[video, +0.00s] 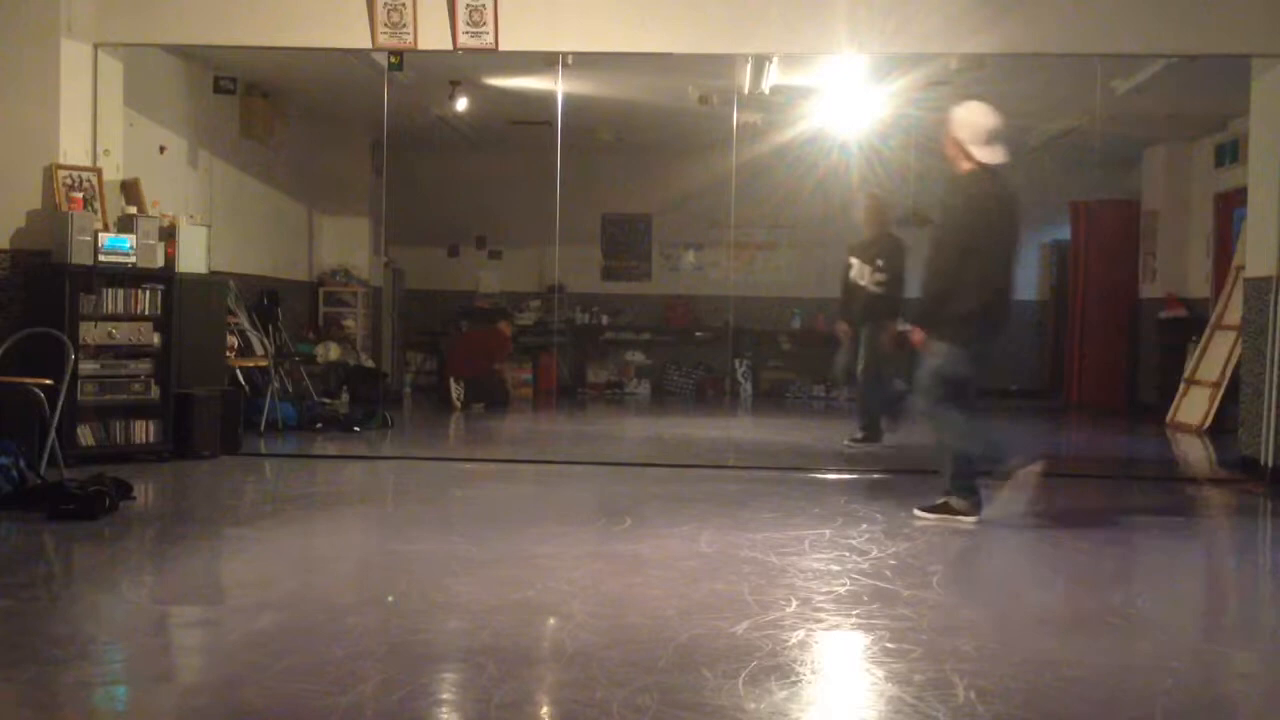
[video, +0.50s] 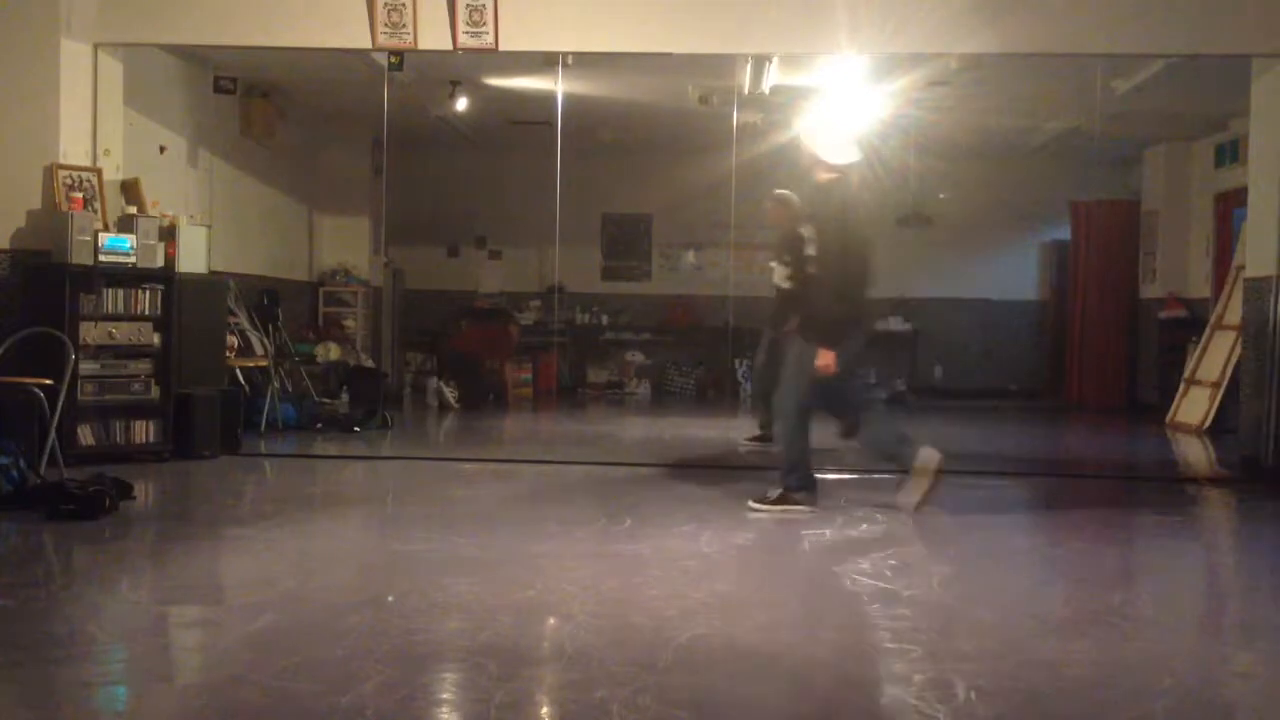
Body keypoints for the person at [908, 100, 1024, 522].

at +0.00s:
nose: (945, 147)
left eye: (948, 140)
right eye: (948, 140)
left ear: (958, 145)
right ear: (986, 144)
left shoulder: (968, 192)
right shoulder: (999, 190)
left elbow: (946, 263)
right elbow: (986, 265)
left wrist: (923, 318)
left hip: (960, 316)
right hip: (984, 314)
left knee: (929, 398)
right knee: (958, 400)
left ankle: (1002, 458)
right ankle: (961, 492)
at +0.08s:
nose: (920, 139)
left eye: (926, 132)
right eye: (924, 131)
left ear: (939, 138)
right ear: (959, 137)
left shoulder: (951, 184)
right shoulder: (972, 179)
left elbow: (933, 255)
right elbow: (955, 255)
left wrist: (902, 309)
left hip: (943, 311)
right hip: (965, 309)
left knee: (898, 389)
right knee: (952, 397)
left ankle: (947, 477)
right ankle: (961, 489)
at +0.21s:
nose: (889, 153)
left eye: (892, 145)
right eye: (892, 145)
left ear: (904, 145)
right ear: (926, 143)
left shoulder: (923, 189)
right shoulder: (934, 186)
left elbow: (910, 261)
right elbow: (924, 262)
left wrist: (882, 316)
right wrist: (885, 316)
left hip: (923, 316)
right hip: (936, 314)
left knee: (879, 392)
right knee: (950, 403)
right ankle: (961, 493)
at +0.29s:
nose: (871, 165)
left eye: (874, 158)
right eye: (873, 157)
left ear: (883, 160)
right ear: (906, 157)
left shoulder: (900, 199)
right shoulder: (916, 194)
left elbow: (885, 272)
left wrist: (856, 329)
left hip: (899, 321)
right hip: (920, 318)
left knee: (857, 399)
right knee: (936, 404)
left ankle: (813, 482)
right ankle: (958, 490)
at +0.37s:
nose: (852, 173)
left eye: (858, 167)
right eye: (854, 166)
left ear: (872, 171)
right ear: (884, 170)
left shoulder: (873, 208)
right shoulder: (890, 205)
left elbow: (866, 278)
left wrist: (845, 339)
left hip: (870, 329)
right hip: (892, 326)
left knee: (824, 402)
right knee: (911, 407)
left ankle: (802, 486)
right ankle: (951, 484)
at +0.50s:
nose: (805, 165)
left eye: (809, 157)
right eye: (808, 156)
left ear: (819, 160)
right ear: (841, 161)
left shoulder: (833, 204)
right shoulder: (840, 200)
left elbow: (838, 277)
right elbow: (836, 274)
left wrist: (829, 341)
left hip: (821, 326)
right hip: (836, 322)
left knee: (789, 404)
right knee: (841, 398)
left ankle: (797, 487)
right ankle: (914, 456)